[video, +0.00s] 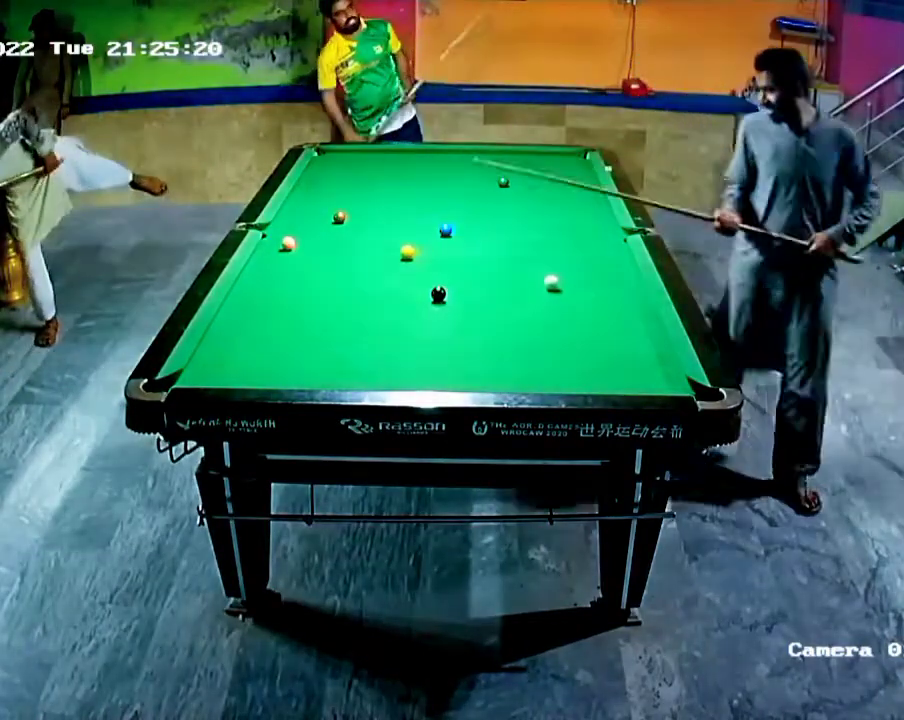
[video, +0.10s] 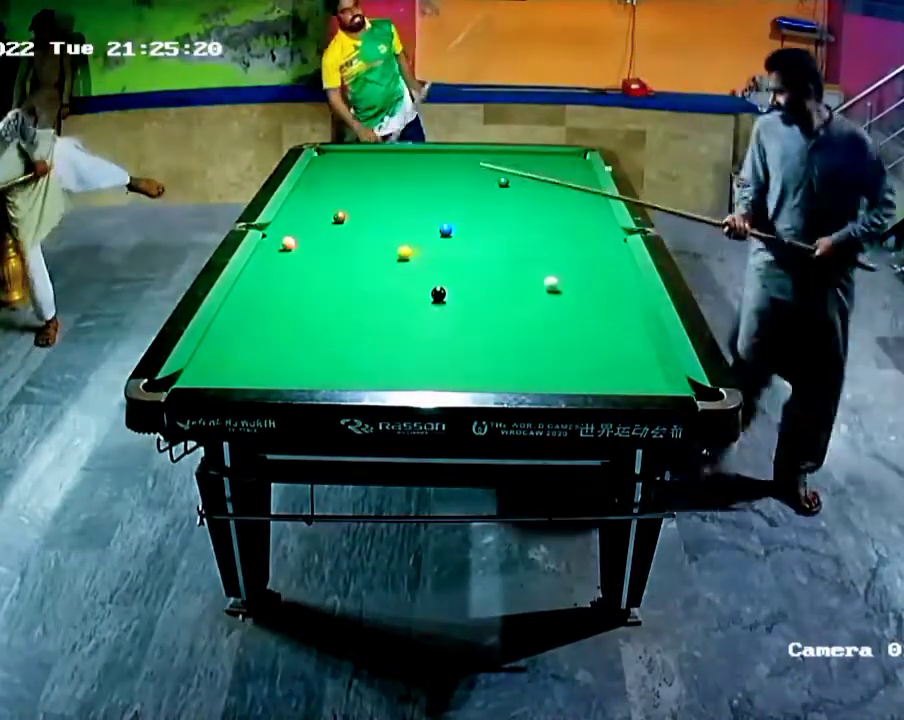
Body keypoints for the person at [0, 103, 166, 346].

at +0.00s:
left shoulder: (4, 129)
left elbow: (21, 118)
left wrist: (46, 151)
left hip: (37, 157)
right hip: (13, 185)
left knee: (86, 169)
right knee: (30, 255)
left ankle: (135, 179)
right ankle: (50, 320)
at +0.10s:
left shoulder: (7, 124)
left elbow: (24, 121)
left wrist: (39, 156)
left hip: (42, 160)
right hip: (14, 191)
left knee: (87, 171)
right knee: (30, 257)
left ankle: (133, 182)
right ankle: (49, 320)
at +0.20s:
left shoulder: (5, 129)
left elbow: (18, 118)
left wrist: (29, 161)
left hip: (43, 155)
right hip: (14, 191)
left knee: (85, 170)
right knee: (30, 257)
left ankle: (131, 185)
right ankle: (50, 320)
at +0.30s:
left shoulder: (6, 124)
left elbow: (19, 121)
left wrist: (25, 165)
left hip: (40, 155)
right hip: (13, 192)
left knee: (86, 171)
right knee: (30, 257)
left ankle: (129, 187)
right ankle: (49, 320)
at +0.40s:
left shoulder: (6, 125)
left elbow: (18, 122)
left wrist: (33, 162)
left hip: (46, 155)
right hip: (14, 191)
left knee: (89, 172)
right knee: (30, 256)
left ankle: (132, 187)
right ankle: (50, 320)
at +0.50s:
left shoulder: (7, 125)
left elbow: (18, 121)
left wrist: (40, 156)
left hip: (44, 157)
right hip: (14, 187)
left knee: (89, 171)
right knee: (29, 254)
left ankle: (133, 186)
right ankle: (50, 320)